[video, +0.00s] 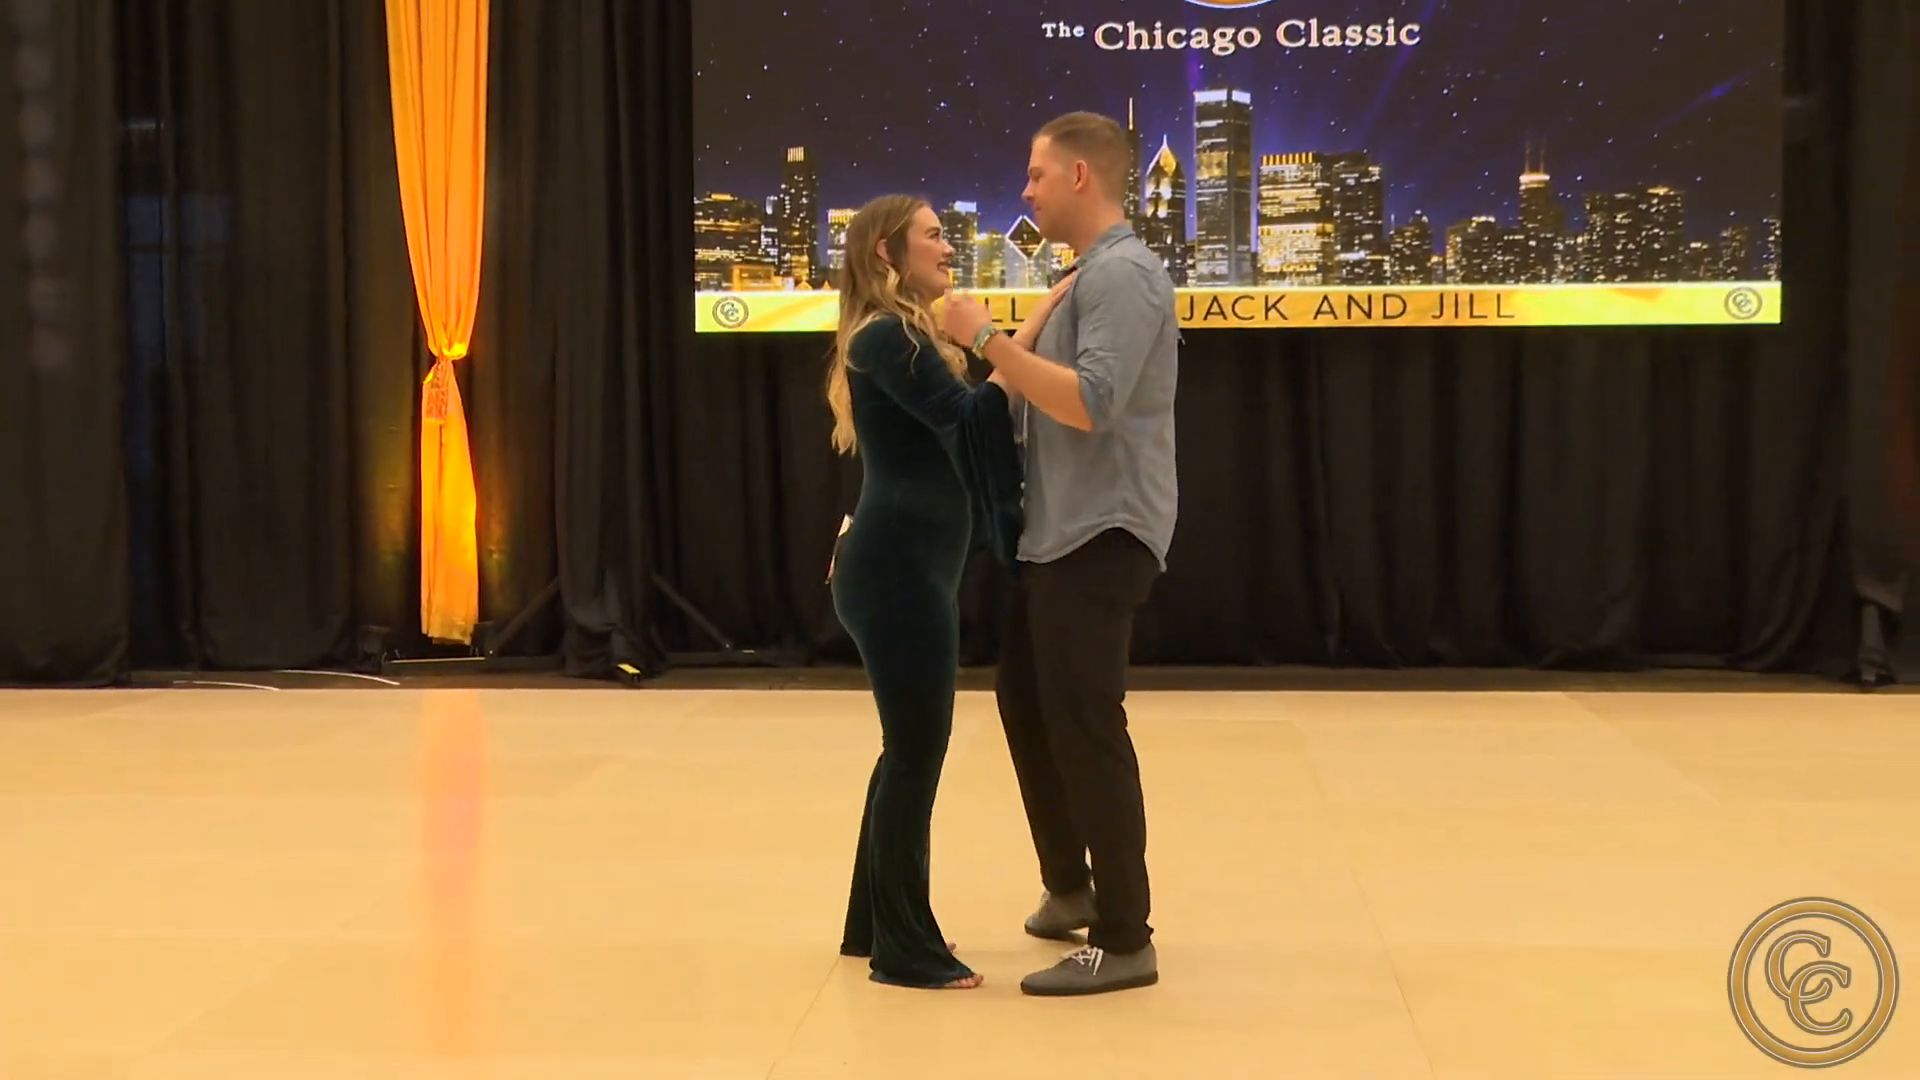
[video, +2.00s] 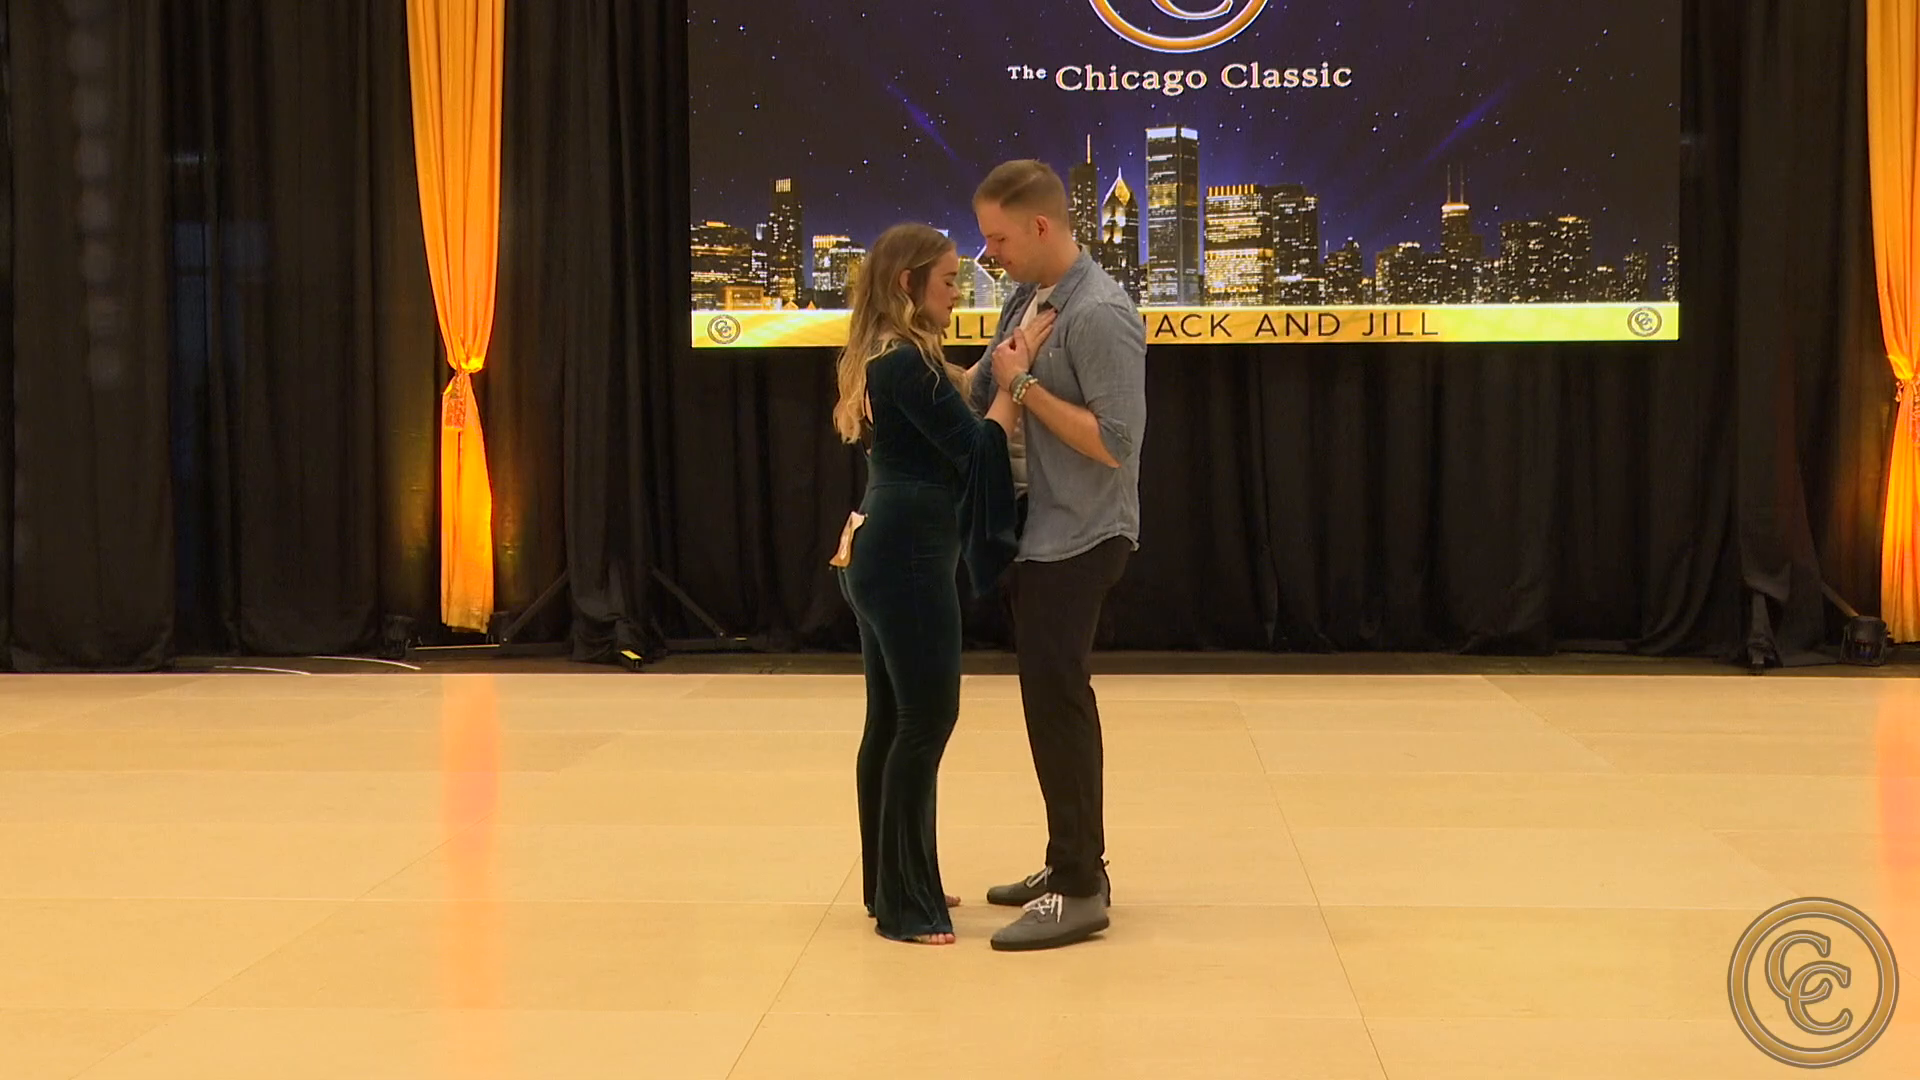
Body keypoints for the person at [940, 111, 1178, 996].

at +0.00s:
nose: (1026, 189)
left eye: (1036, 173)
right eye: (1028, 174)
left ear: (1080, 177)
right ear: (1082, 177)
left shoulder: (1123, 273)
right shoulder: (1080, 278)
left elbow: (1091, 402)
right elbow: (1033, 406)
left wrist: (987, 340)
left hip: (1103, 530)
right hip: (1057, 530)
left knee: (1085, 719)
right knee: (1028, 708)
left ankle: (1125, 945)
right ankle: (1072, 893)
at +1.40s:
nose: (1005, 239)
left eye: (1013, 224)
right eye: (1004, 225)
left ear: (1060, 222)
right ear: (1054, 224)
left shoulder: (1101, 311)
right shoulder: (1044, 307)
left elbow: (1104, 443)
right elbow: (1006, 410)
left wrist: (1019, 379)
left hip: (1076, 538)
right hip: (1042, 534)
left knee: (1037, 701)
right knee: (1049, 699)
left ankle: (1081, 891)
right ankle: (1073, 867)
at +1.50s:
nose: (1003, 242)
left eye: (1011, 227)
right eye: (1001, 228)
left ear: (1058, 223)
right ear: (1047, 225)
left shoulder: (1102, 312)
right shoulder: (1038, 306)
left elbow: (1108, 444)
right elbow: (1001, 409)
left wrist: (1021, 379)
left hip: (1078, 535)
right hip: (1042, 530)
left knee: (1032, 692)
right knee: (1059, 695)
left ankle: (1073, 883)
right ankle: (1077, 866)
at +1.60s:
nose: (999, 246)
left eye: (1006, 231)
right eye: (996, 232)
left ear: (1053, 223)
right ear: (1046, 227)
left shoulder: (1101, 313)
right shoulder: (1036, 308)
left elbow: (1109, 443)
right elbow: (993, 406)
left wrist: (1022, 379)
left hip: (1080, 536)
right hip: (1044, 532)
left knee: (1043, 701)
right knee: (1062, 698)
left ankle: (1070, 887)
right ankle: (1079, 865)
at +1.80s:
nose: (992, 253)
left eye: (999, 238)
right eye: (988, 240)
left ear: (1045, 225)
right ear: (1034, 231)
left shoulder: (1098, 312)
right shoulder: (1027, 306)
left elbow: (1108, 444)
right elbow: (980, 404)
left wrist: (1020, 381)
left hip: (1079, 539)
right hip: (1035, 533)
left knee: (1067, 711)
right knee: (1053, 707)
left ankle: (1069, 890)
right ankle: (1077, 864)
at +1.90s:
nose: (993, 256)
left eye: (998, 241)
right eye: (988, 243)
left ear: (1044, 226)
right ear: (1033, 231)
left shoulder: (1098, 312)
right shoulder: (1027, 306)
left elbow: (1110, 445)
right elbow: (979, 404)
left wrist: (1021, 383)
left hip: (1081, 537)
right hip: (1037, 532)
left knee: (1063, 704)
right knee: (1050, 702)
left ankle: (1071, 887)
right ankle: (1074, 863)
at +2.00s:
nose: (992, 257)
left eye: (997, 241)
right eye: (988, 243)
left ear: (1043, 227)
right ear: (1038, 231)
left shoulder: (1099, 311)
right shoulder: (1032, 305)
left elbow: (1113, 445)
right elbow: (979, 398)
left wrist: (1024, 385)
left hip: (1084, 532)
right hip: (1045, 527)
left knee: (1058, 699)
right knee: (1051, 698)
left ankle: (1081, 892)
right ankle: (1071, 867)